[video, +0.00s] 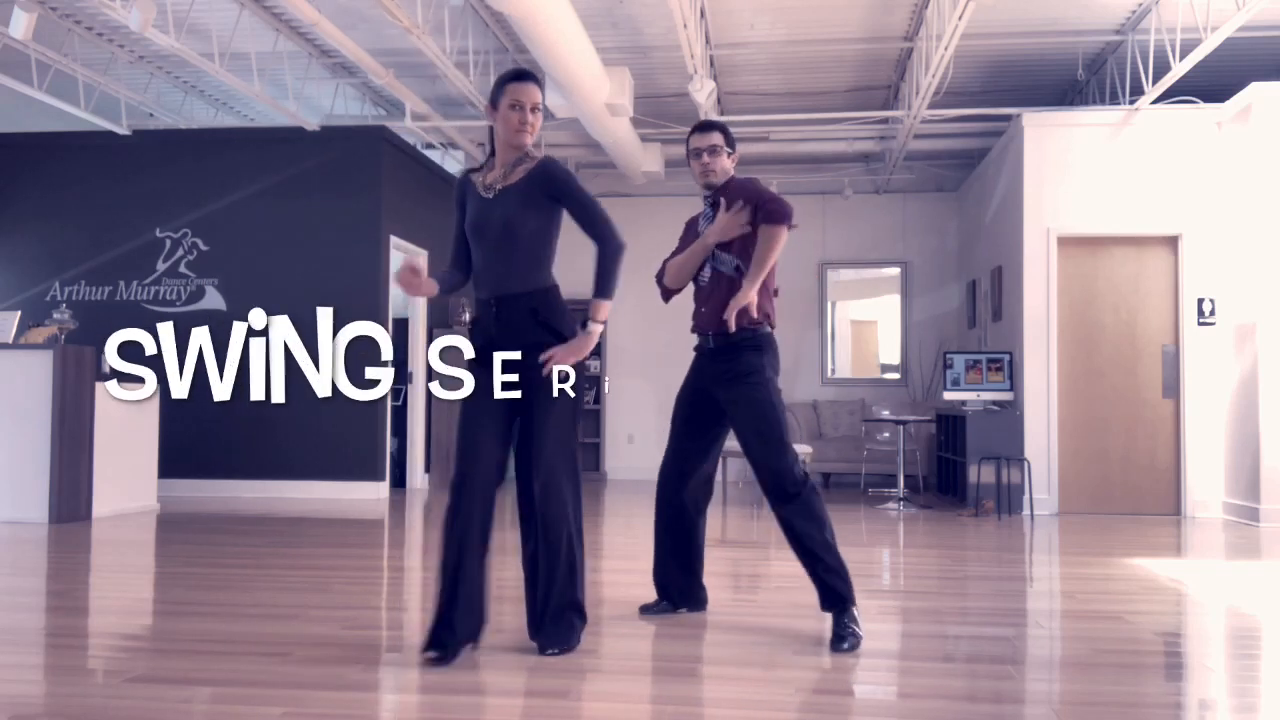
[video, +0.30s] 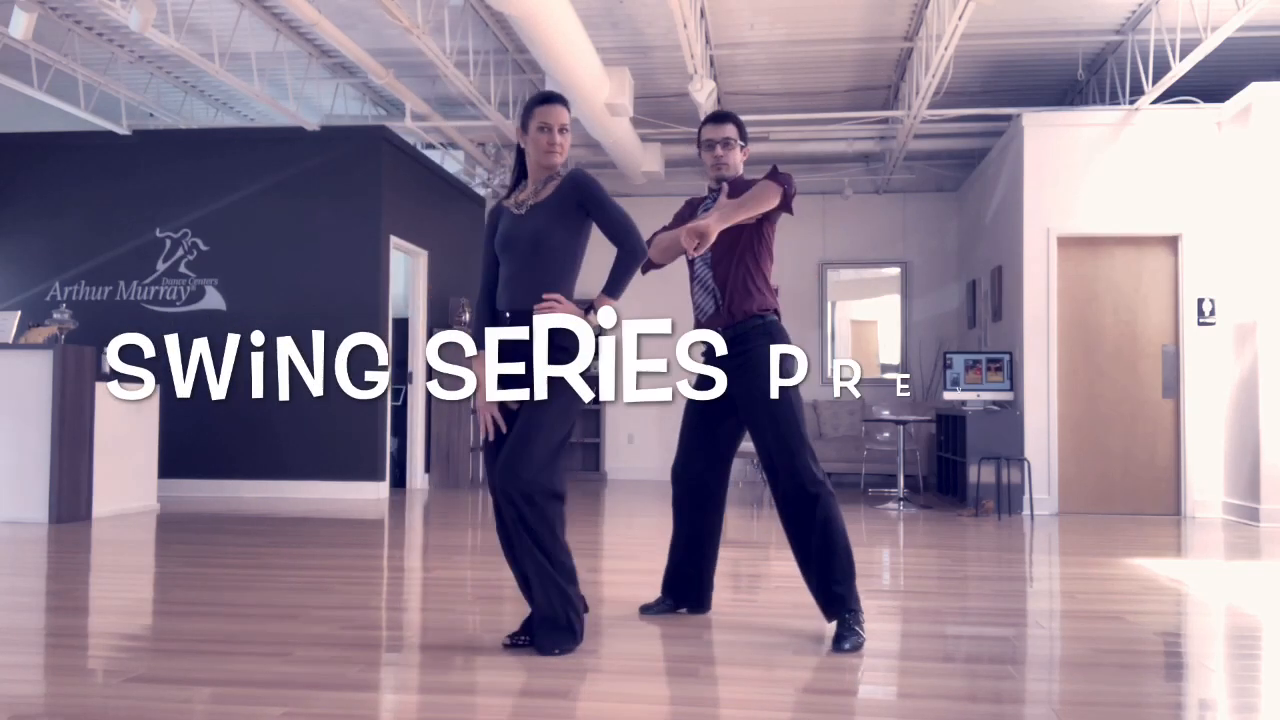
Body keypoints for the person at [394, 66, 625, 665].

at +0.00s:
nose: (528, 118)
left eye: (536, 110)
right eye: (517, 108)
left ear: (543, 119)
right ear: (492, 114)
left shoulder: (550, 174)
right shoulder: (470, 184)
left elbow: (610, 241)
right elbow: (459, 270)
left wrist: (590, 332)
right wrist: (432, 284)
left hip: (547, 333)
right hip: (487, 335)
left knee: (546, 481)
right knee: (473, 482)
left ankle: (558, 625)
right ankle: (455, 628)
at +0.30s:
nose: (555, 139)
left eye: (563, 129)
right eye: (543, 129)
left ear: (571, 138)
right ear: (521, 137)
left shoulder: (576, 186)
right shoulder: (501, 209)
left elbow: (634, 247)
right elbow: (484, 298)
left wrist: (598, 308)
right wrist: (483, 379)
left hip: (561, 353)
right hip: (508, 356)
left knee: (520, 475)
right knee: (506, 480)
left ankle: (563, 611)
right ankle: (545, 611)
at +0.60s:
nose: (571, 154)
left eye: (579, 146)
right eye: (560, 145)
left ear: (587, 154)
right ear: (539, 153)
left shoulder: (588, 203)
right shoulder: (518, 222)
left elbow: (630, 265)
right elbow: (502, 302)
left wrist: (588, 329)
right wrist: (494, 373)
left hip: (561, 367)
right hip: (520, 367)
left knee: (478, 460)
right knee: (501, 480)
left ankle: (533, 605)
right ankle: (552, 604)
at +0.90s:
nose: (575, 160)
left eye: (583, 151)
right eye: (564, 150)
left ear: (591, 161)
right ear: (542, 157)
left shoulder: (590, 209)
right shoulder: (520, 225)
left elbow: (625, 266)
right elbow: (504, 299)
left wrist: (586, 327)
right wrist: (496, 355)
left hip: (559, 368)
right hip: (518, 367)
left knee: (474, 449)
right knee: (502, 485)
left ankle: (503, 601)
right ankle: (546, 607)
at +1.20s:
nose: (577, 164)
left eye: (585, 156)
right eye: (566, 154)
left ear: (591, 165)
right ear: (542, 159)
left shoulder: (588, 212)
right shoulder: (518, 229)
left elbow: (622, 266)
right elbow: (502, 305)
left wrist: (583, 325)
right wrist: (497, 359)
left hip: (558, 372)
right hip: (517, 371)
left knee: (474, 451)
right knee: (499, 487)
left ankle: (501, 604)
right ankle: (546, 608)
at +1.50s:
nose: (581, 164)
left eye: (588, 157)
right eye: (570, 154)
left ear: (594, 166)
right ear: (544, 159)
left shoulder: (591, 213)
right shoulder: (518, 228)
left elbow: (623, 271)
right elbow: (501, 305)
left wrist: (583, 328)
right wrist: (496, 362)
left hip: (560, 371)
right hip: (518, 370)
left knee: (475, 451)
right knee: (499, 486)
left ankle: (502, 605)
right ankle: (546, 608)